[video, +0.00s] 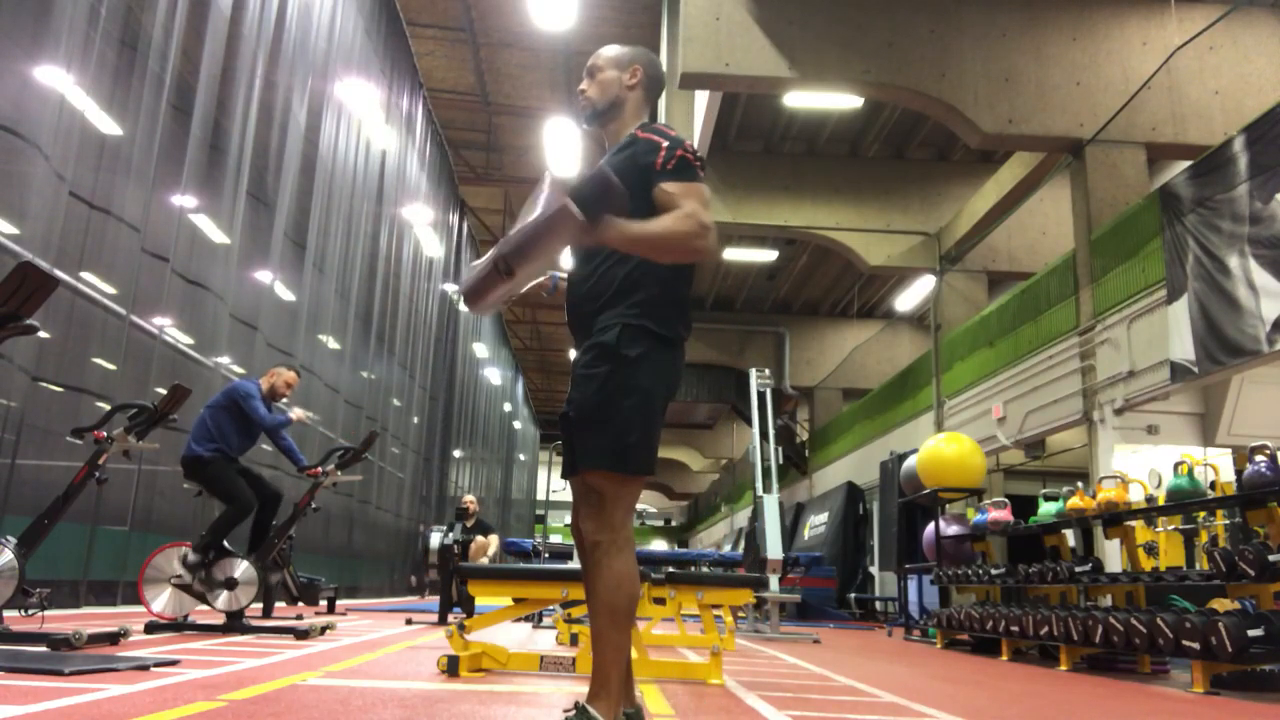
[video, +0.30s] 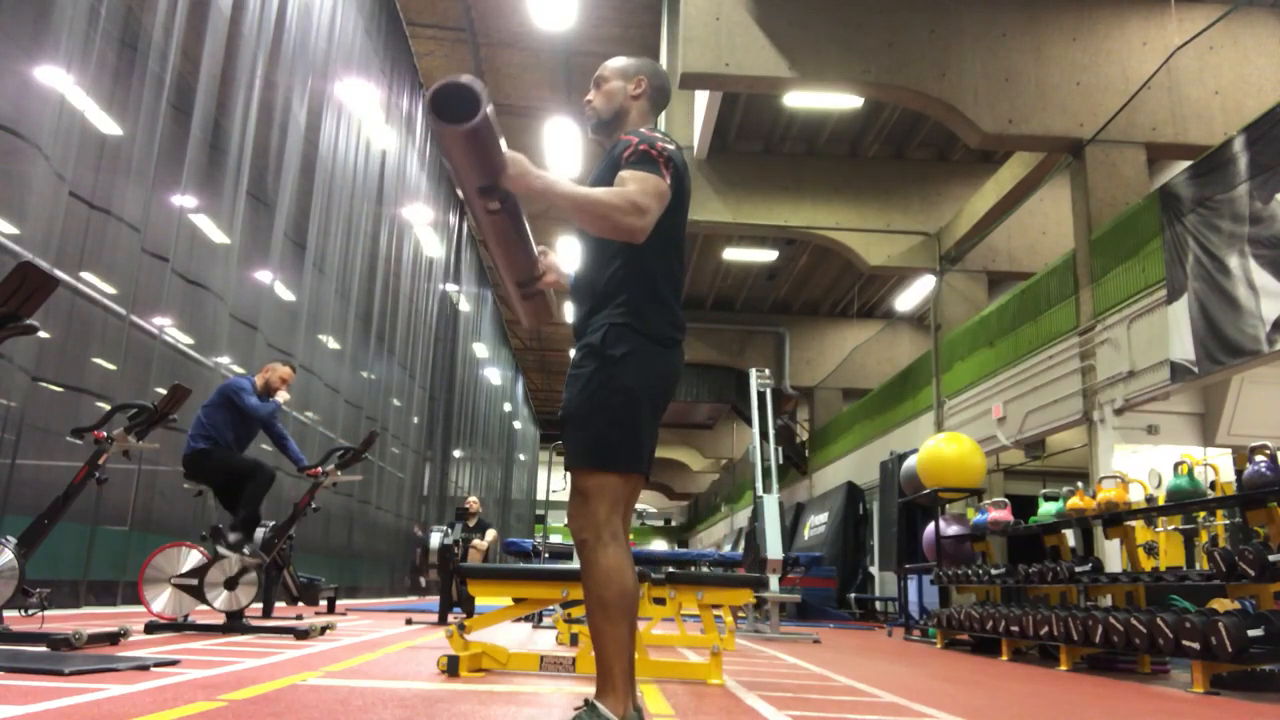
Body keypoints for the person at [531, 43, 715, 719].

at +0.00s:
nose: (582, 87)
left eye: (594, 74)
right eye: (583, 77)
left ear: (635, 80)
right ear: (621, 84)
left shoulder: (658, 144)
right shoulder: (609, 169)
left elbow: (700, 235)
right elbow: (603, 283)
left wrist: (601, 232)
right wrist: (530, 290)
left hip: (631, 356)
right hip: (604, 357)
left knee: (604, 527)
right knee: (594, 527)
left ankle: (609, 703)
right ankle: (615, 697)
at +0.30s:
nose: (587, 97)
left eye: (598, 84)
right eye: (589, 87)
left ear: (637, 89)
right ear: (632, 94)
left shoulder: (648, 144)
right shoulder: (629, 157)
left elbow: (636, 213)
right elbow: (624, 282)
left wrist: (541, 188)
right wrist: (566, 279)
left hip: (627, 349)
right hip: (622, 349)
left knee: (598, 524)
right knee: (600, 525)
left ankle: (616, 703)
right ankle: (617, 700)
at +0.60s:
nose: (585, 90)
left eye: (597, 76)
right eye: (584, 79)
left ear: (639, 80)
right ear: (625, 84)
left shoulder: (658, 150)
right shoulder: (627, 161)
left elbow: (659, 244)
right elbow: (622, 261)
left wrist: (564, 260)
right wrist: (544, 267)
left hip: (631, 358)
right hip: (614, 356)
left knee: (600, 525)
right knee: (595, 525)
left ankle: (617, 703)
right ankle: (616, 700)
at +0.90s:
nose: (572, 98)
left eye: (584, 84)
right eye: (569, 88)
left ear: (628, 83)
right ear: (581, 95)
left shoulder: (669, 165)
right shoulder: (581, 193)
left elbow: (711, 264)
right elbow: (544, 275)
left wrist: (669, 343)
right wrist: (487, 283)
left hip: (659, 368)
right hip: (616, 370)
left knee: (599, 522)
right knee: (610, 535)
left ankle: (614, 707)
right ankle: (725, 645)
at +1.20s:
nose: (571, 168)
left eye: (581, 153)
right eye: (566, 156)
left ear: (620, 147)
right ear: (568, 161)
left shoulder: (678, 221)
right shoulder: (579, 247)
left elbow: (744, 304)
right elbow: (549, 320)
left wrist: (745, 395)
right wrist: (528, 356)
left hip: (689, 411)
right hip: (653, 417)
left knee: (573, 524)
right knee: (708, 585)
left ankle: (611, 706)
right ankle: (830, 664)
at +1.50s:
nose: (583, 261)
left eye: (591, 246)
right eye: (578, 249)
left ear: (631, 236)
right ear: (579, 249)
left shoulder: (700, 303)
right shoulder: (593, 334)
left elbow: (766, 389)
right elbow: (567, 407)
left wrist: (778, 483)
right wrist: (556, 460)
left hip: (722, 470)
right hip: (668, 477)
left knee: (566, 525)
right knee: (700, 679)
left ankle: (609, 707)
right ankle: (837, 670)